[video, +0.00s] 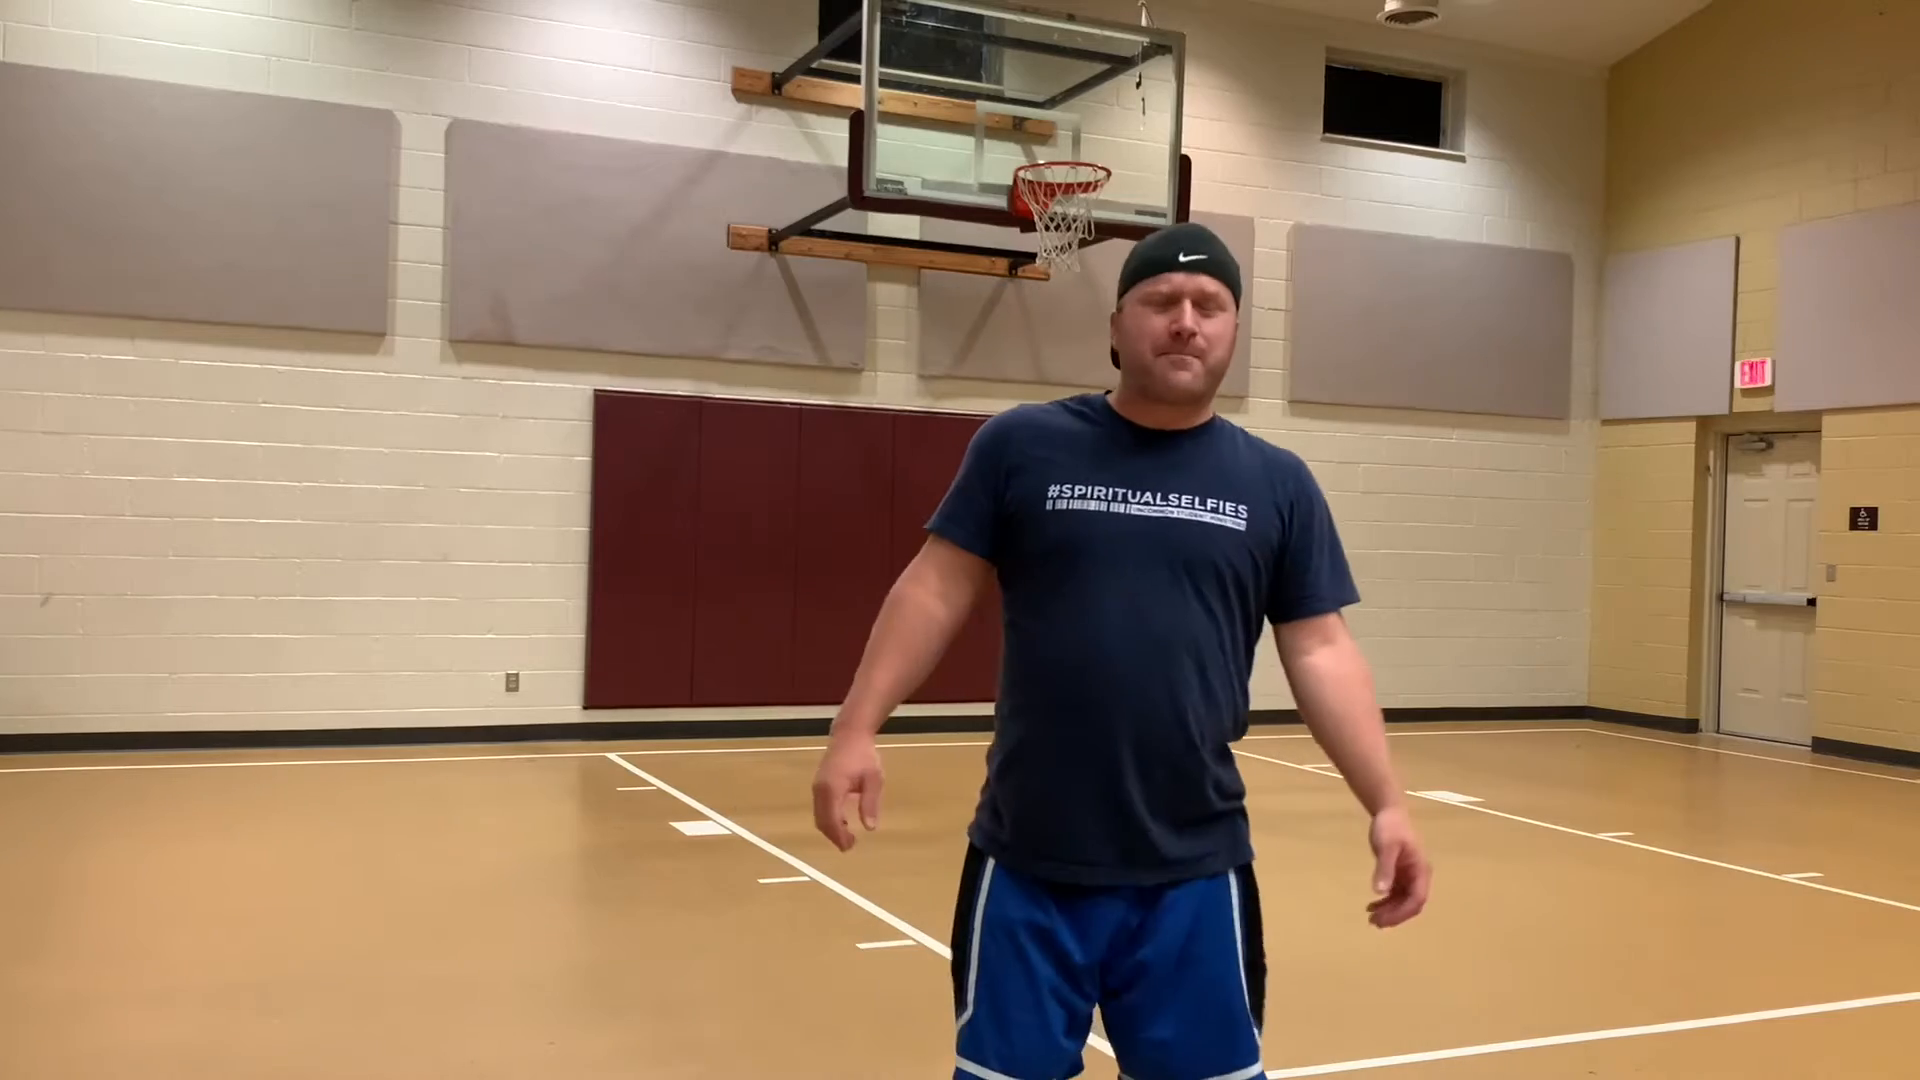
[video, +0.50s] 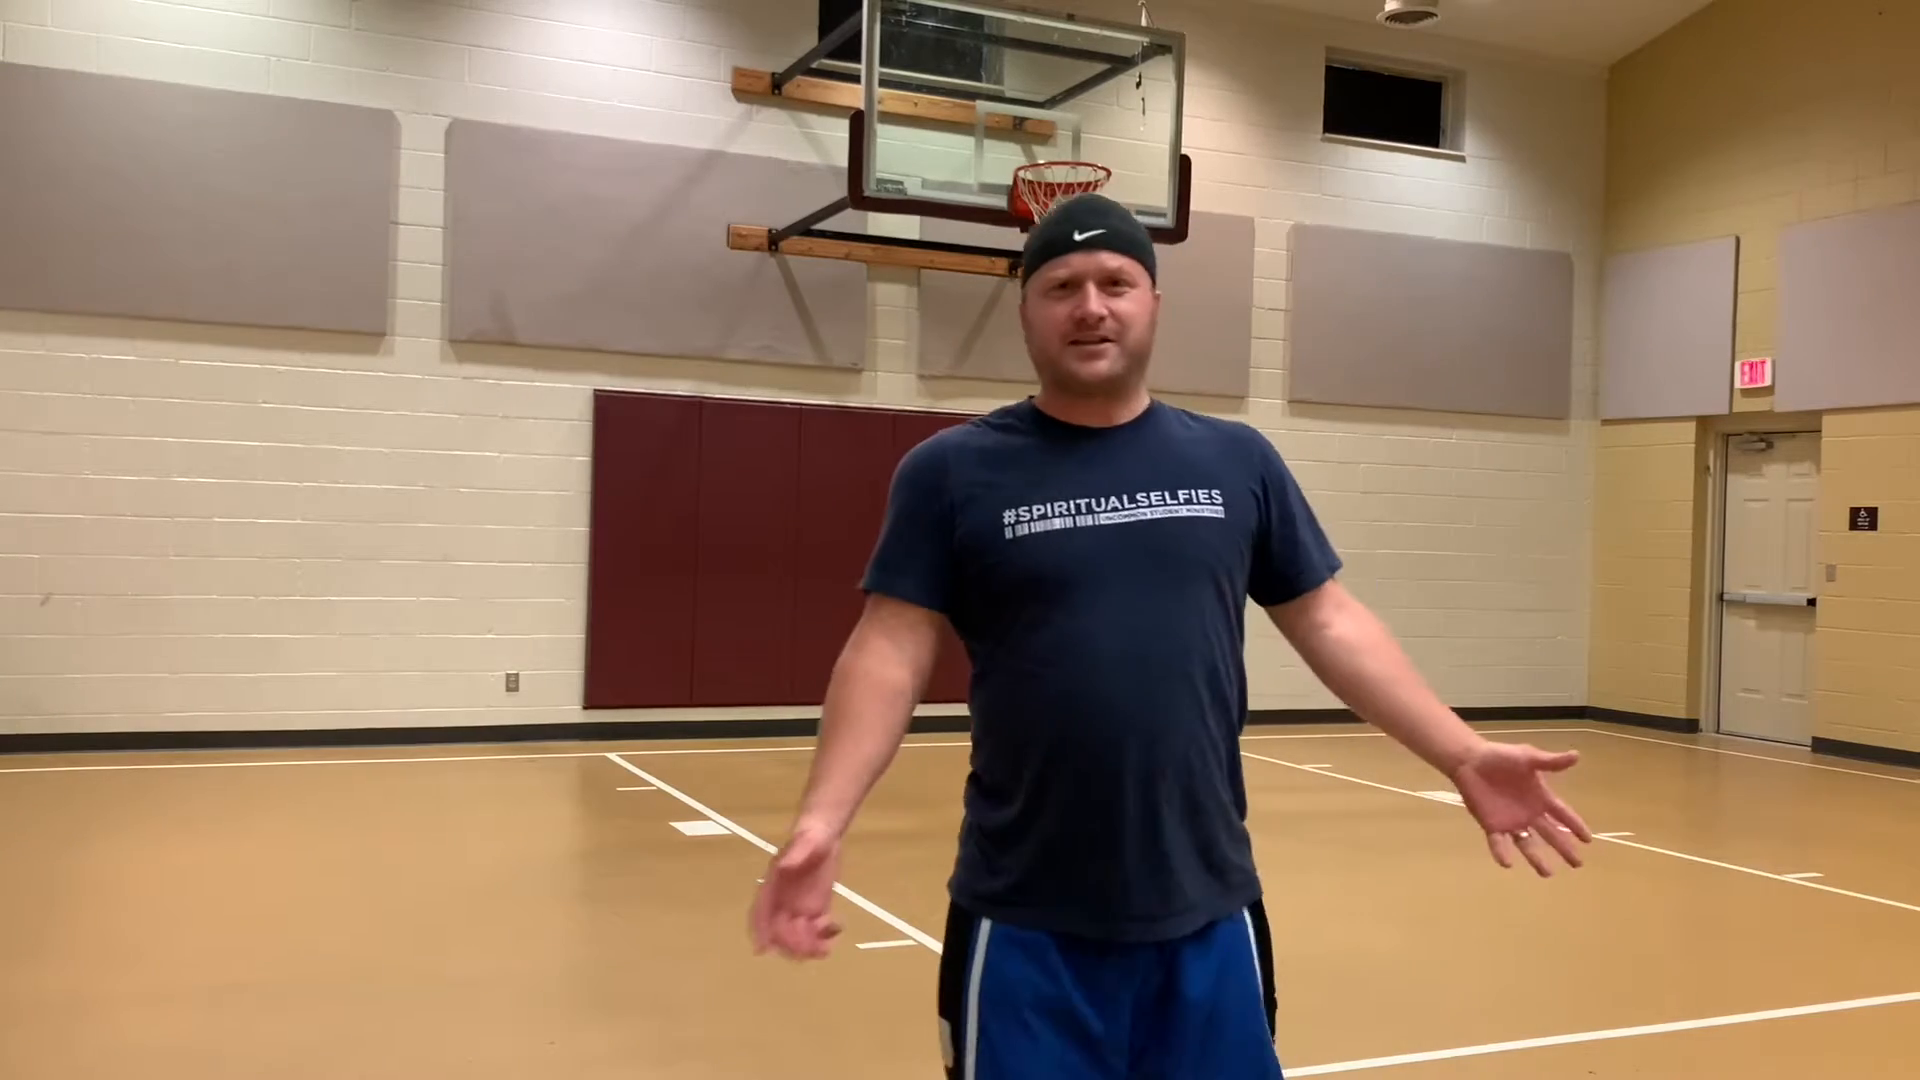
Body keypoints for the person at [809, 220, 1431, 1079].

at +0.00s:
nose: (1185, 322)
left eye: (1208, 305)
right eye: (1161, 302)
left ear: (1235, 334)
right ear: (1119, 324)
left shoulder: (1276, 484)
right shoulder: (1021, 445)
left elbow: (1321, 649)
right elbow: (936, 586)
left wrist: (1387, 801)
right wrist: (855, 728)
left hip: (1194, 863)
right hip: (1030, 854)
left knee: (1211, 1070)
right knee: (1002, 1071)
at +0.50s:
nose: (1093, 305)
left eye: (1117, 283)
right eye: (1063, 286)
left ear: (1155, 305)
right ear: (1024, 315)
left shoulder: (1237, 461)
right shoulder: (953, 472)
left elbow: (1332, 621)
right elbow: (889, 649)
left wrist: (1463, 753)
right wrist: (823, 819)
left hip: (1207, 916)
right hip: (1026, 920)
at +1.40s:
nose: (1164, 260)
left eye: (1197, 242)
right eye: (1132, 232)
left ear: (1233, 293)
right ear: (1068, 270)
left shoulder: (1255, 490)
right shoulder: (936, 450)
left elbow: (1308, 691)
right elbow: (823, 666)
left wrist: (1449, 843)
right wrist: (710, 902)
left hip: (1165, 1011)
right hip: (950, 1012)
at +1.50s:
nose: (1125, 260)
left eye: (1159, 239)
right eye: (1093, 230)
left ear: (1197, 288)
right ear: (1031, 259)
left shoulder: (1221, 482)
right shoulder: (899, 453)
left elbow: (1257, 682)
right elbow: (794, 689)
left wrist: (1378, 843)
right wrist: (734, 952)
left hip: (1129, 1008)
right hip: (919, 1014)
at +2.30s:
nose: (1054, 261)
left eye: (1090, 241)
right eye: (1023, 229)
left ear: (1128, 288)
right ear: (967, 264)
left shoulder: (1140, 476)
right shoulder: (847, 454)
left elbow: (1165, 677)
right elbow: (751, 692)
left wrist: (1262, 845)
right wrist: (742, 956)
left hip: (1056, 1003)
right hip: (865, 1011)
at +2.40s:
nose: (1069, 259)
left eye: (1105, 242)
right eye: (1041, 231)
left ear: (1142, 291)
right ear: (986, 265)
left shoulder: (1160, 482)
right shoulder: (869, 447)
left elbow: (1189, 678)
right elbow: (782, 662)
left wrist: (1284, 849)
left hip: (1073, 993)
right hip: (886, 997)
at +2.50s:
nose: (1093, 255)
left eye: (1126, 243)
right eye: (1065, 229)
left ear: (1159, 294)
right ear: (1007, 261)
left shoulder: (1172, 482)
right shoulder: (888, 435)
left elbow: (1208, 669)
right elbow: (794, 654)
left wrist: (1308, 840)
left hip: (1087, 981)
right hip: (901, 983)